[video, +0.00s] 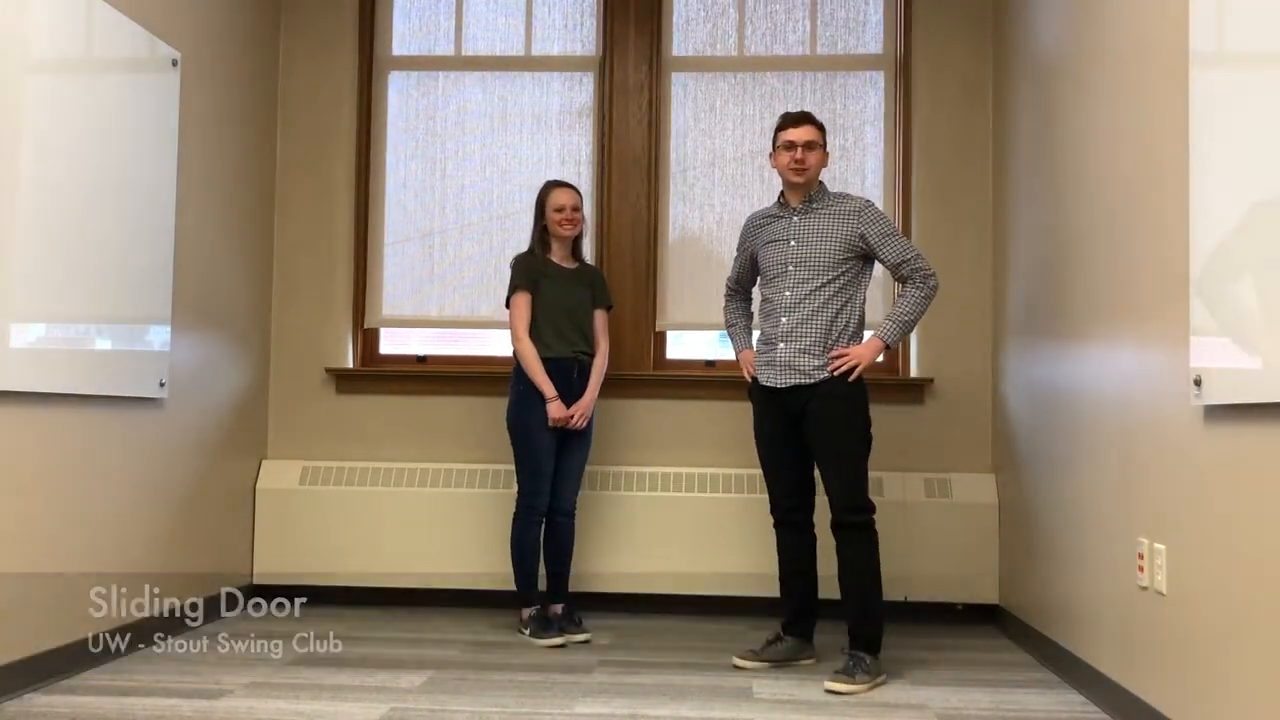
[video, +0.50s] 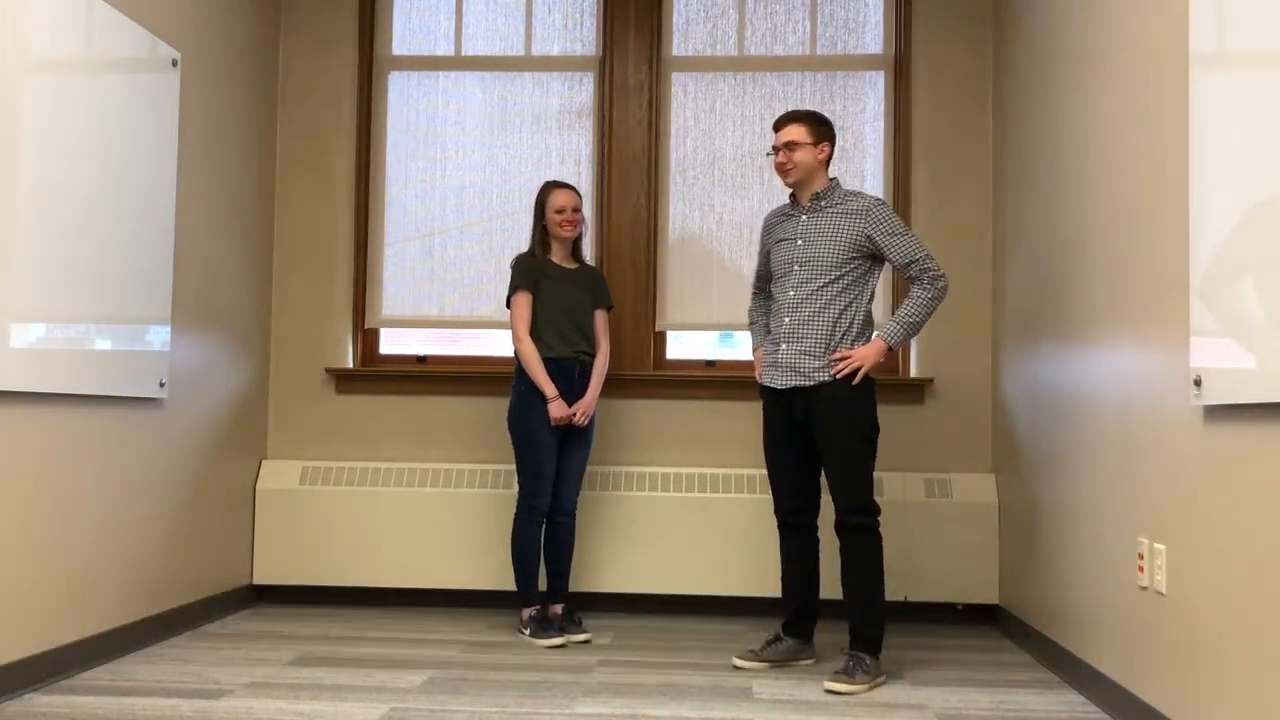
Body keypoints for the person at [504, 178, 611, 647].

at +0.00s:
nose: (569, 216)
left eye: (575, 209)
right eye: (559, 210)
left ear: (583, 216)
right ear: (543, 217)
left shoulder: (592, 276)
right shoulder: (528, 265)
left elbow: (602, 349)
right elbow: (520, 337)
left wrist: (589, 398)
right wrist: (551, 396)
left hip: (579, 394)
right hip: (535, 391)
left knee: (564, 504)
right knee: (534, 501)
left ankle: (559, 606)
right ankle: (530, 609)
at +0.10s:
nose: (570, 216)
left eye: (576, 209)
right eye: (560, 210)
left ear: (584, 216)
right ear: (543, 217)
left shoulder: (592, 276)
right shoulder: (528, 265)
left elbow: (602, 347)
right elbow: (520, 337)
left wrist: (589, 397)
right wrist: (551, 396)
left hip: (578, 394)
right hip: (535, 392)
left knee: (564, 504)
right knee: (534, 501)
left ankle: (558, 606)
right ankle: (529, 609)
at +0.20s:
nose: (570, 216)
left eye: (576, 209)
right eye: (561, 210)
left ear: (584, 216)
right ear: (544, 217)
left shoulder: (592, 275)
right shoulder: (528, 265)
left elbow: (602, 346)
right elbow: (520, 337)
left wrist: (589, 397)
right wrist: (551, 395)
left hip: (578, 394)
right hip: (535, 392)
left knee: (564, 504)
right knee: (534, 501)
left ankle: (558, 607)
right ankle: (530, 610)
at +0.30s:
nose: (571, 217)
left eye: (576, 210)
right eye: (561, 211)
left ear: (584, 216)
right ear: (544, 217)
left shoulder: (592, 276)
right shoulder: (528, 266)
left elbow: (602, 347)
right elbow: (521, 337)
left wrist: (590, 396)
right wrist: (551, 395)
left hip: (579, 394)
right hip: (536, 392)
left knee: (564, 504)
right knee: (535, 501)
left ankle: (558, 607)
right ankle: (530, 610)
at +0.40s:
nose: (571, 217)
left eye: (576, 210)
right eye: (561, 211)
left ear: (583, 216)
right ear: (543, 218)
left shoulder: (592, 276)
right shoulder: (528, 266)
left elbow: (603, 347)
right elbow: (521, 337)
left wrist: (591, 397)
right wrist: (552, 395)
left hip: (579, 394)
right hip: (536, 391)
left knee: (564, 504)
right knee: (535, 501)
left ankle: (558, 607)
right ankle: (530, 610)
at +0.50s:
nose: (570, 217)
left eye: (575, 210)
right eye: (560, 211)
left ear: (583, 216)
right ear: (543, 218)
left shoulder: (592, 276)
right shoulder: (528, 266)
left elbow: (603, 346)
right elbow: (521, 337)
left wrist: (591, 396)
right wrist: (552, 395)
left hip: (579, 394)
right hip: (536, 392)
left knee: (565, 505)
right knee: (535, 501)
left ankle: (558, 607)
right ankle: (529, 609)